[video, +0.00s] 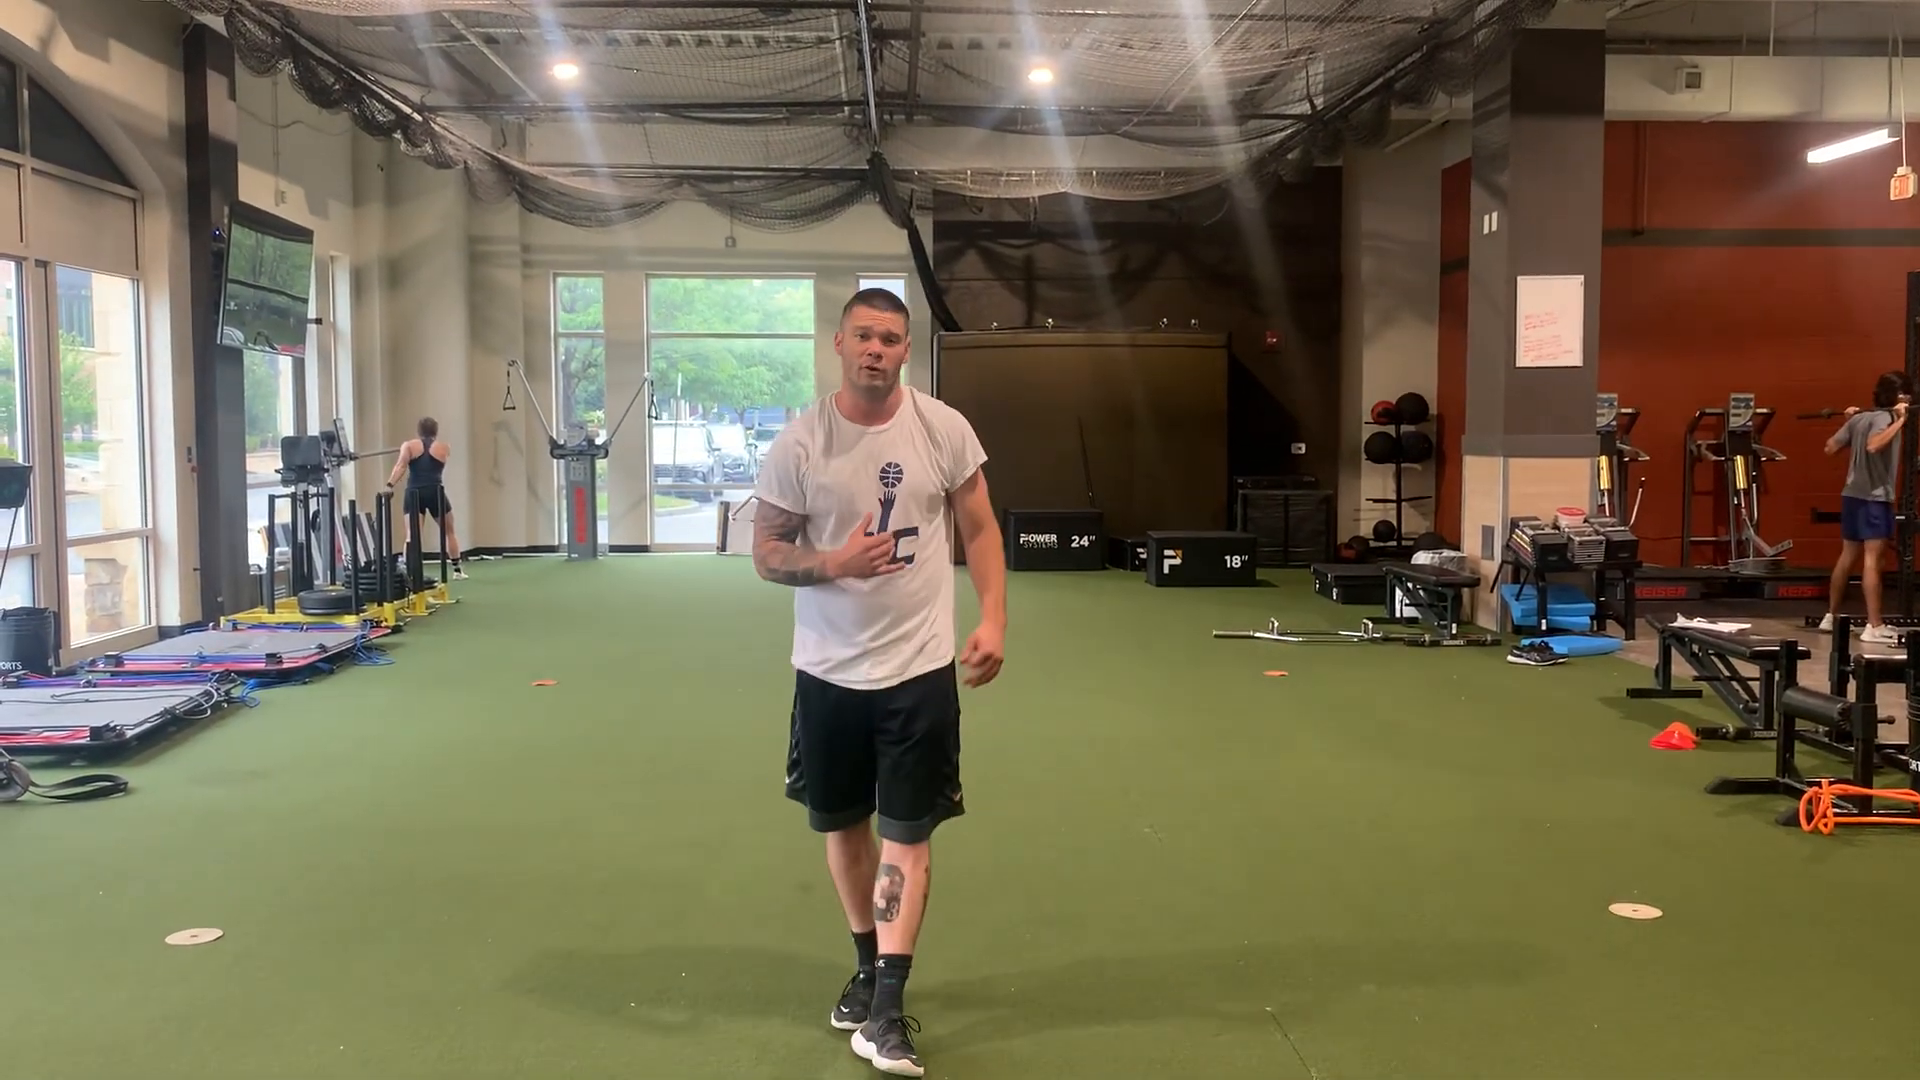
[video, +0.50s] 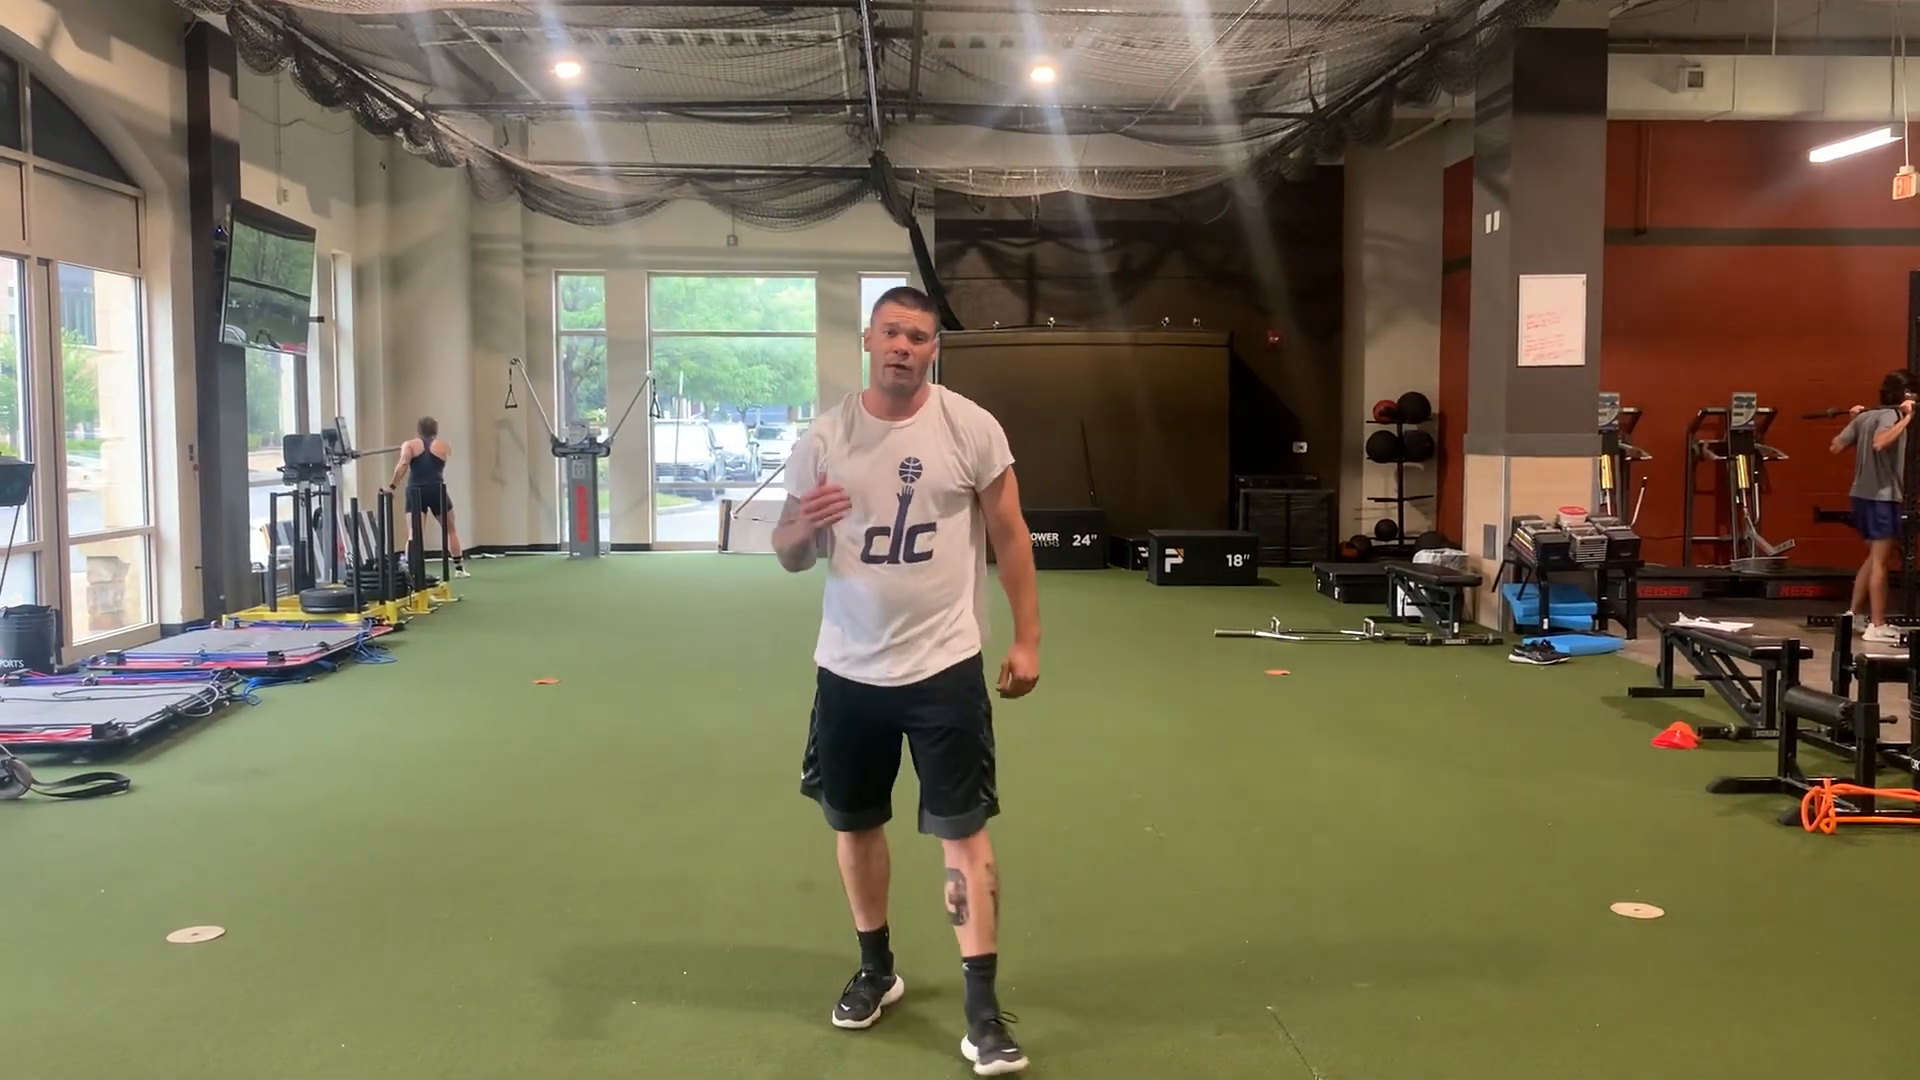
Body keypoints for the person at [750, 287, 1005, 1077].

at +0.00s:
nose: (878, 349)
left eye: (891, 339)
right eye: (864, 336)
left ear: (907, 350)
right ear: (837, 344)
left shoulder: (944, 429)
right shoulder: (798, 443)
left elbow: (981, 530)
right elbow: (768, 554)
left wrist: (992, 619)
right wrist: (831, 562)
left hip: (920, 663)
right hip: (830, 669)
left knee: (908, 830)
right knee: (843, 824)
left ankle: (887, 1007)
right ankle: (868, 964)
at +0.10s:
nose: (872, 350)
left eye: (885, 339)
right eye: (859, 337)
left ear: (904, 351)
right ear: (833, 347)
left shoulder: (944, 427)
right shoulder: (799, 443)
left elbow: (987, 524)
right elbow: (772, 553)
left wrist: (1003, 613)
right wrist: (829, 572)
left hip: (922, 663)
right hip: (833, 667)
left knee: (911, 827)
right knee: (843, 822)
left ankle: (889, 1005)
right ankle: (870, 968)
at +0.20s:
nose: (874, 348)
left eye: (887, 338)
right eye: (862, 335)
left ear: (904, 352)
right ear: (834, 346)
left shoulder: (946, 424)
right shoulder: (800, 443)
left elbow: (991, 521)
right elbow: (774, 549)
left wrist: (1011, 618)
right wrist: (822, 573)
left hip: (927, 659)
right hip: (839, 664)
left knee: (917, 825)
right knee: (846, 821)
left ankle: (894, 1004)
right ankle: (873, 968)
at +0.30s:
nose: (877, 347)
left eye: (890, 337)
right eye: (864, 335)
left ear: (908, 350)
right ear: (838, 346)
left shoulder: (951, 423)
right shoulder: (805, 438)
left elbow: (994, 525)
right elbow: (775, 545)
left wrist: (1019, 626)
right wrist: (822, 559)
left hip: (933, 657)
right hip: (843, 662)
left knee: (928, 823)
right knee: (847, 818)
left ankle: (910, 1002)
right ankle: (874, 965)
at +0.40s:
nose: (887, 347)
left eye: (900, 336)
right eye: (874, 333)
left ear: (918, 349)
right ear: (849, 344)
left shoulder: (959, 425)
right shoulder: (813, 436)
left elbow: (1001, 531)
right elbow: (780, 552)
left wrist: (1023, 632)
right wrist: (813, 535)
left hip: (936, 654)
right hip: (845, 658)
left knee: (944, 823)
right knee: (851, 819)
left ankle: (948, 1007)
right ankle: (875, 969)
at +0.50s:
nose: (906, 346)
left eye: (920, 336)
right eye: (894, 332)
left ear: (937, 348)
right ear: (867, 342)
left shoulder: (972, 430)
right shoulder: (823, 437)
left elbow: (1011, 536)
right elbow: (793, 559)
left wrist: (1027, 637)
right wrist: (800, 526)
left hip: (945, 659)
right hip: (851, 663)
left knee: (962, 825)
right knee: (854, 820)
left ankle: (983, 1013)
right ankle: (876, 969)